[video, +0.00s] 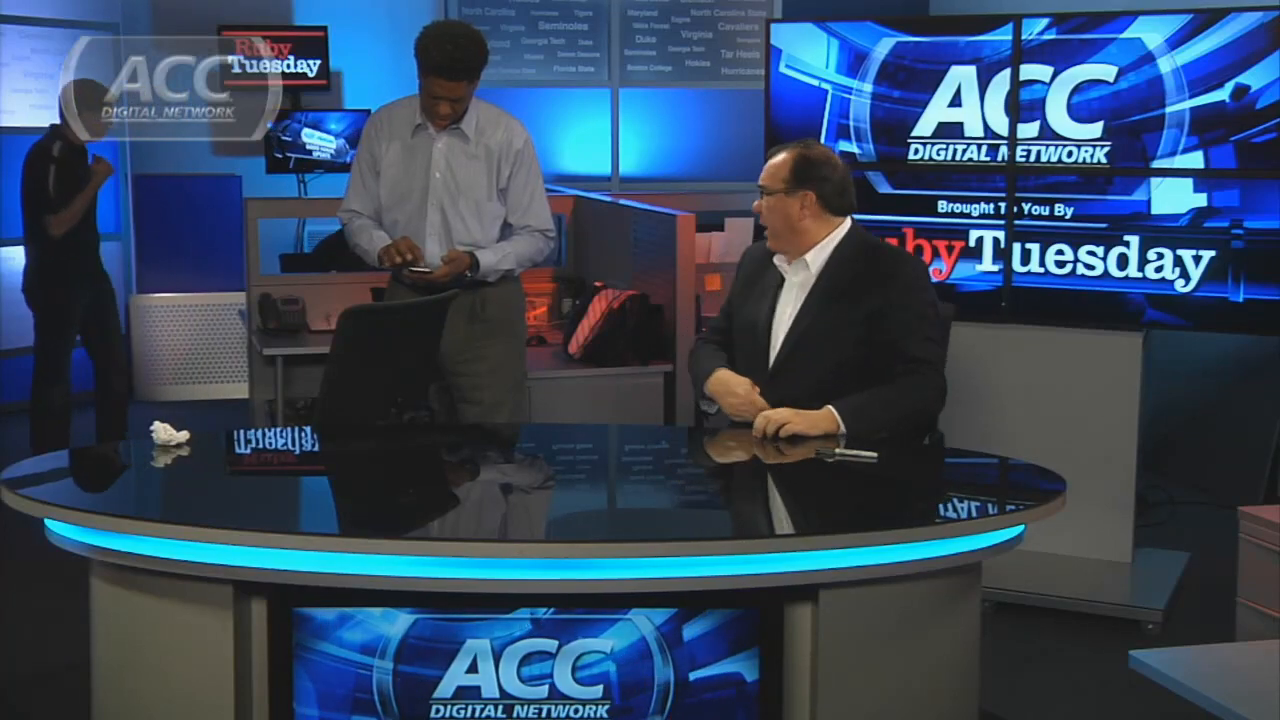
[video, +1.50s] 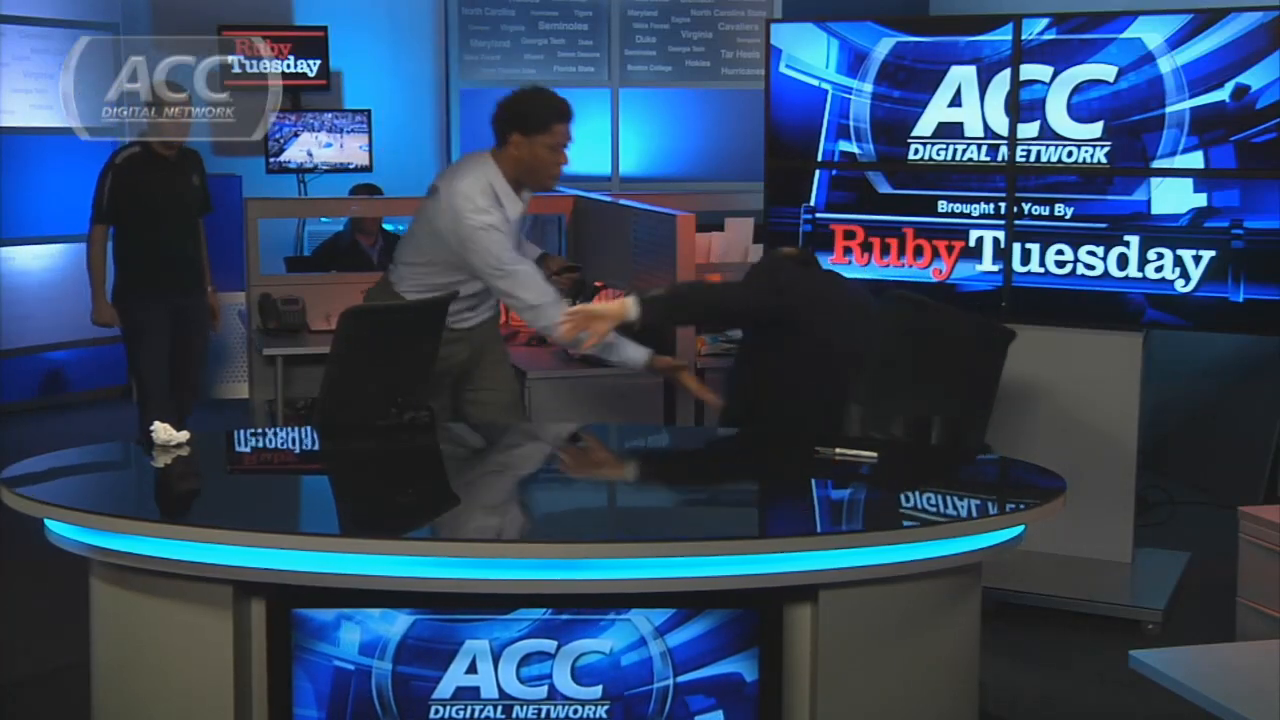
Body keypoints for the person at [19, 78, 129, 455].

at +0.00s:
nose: (104, 121)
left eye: (105, 112)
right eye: (97, 112)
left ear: (89, 113)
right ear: (76, 112)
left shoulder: (78, 154)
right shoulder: (44, 155)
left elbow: (77, 224)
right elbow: (53, 226)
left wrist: (90, 272)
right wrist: (95, 182)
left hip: (88, 277)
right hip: (54, 282)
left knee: (113, 365)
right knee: (53, 375)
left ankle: (111, 451)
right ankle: (50, 462)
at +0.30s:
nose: (113, 123)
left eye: (113, 114)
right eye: (105, 114)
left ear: (91, 115)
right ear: (85, 114)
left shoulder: (84, 153)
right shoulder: (54, 157)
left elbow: (84, 225)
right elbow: (62, 229)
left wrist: (98, 274)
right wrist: (108, 191)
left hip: (93, 280)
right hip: (60, 285)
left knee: (114, 367)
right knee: (56, 374)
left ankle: (130, 450)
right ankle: (50, 461)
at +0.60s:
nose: (143, 123)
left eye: (145, 115)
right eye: (137, 114)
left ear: (121, 116)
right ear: (113, 113)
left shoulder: (115, 157)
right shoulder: (84, 154)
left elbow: (113, 222)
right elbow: (81, 226)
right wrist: (145, 241)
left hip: (124, 281)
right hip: (90, 284)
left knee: (142, 371)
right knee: (87, 374)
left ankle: (138, 457)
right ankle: (55, 463)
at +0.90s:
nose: (170, 123)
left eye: (173, 114)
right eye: (163, 113)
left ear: (171, 118)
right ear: (141, 112)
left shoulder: (151, 157)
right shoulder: (108, 155)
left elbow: (150, 232)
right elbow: (90, 222)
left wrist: (164, 285)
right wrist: (93, 286)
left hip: (153, 284)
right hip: (120, 283)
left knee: (153, 372)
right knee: (129, 369)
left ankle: (140, 455)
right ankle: (84, 453)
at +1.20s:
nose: (180, 123)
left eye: (184, 115)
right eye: (172, 115)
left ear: (189, 119)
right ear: (154, 115)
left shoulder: (183, 165)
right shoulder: (122, 160)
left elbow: (182, 234)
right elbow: (87, 225)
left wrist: (193, 289)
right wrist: (86, 288)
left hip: (171, 288)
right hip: (127, 288)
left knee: (158, 375)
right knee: (137, 377)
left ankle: (152, 455)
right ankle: (140, 456)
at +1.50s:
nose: (180, 122)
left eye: (185, 114)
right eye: (172, 114)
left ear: (190, 117)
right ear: (153, 116)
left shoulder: (191, 161)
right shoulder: (122, 163)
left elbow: (197, 229)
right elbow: (98, 234)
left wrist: (208, 289)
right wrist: (100, 299)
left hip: (188, 291)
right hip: (141, 292)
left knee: (187, 382)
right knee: (152, 386)